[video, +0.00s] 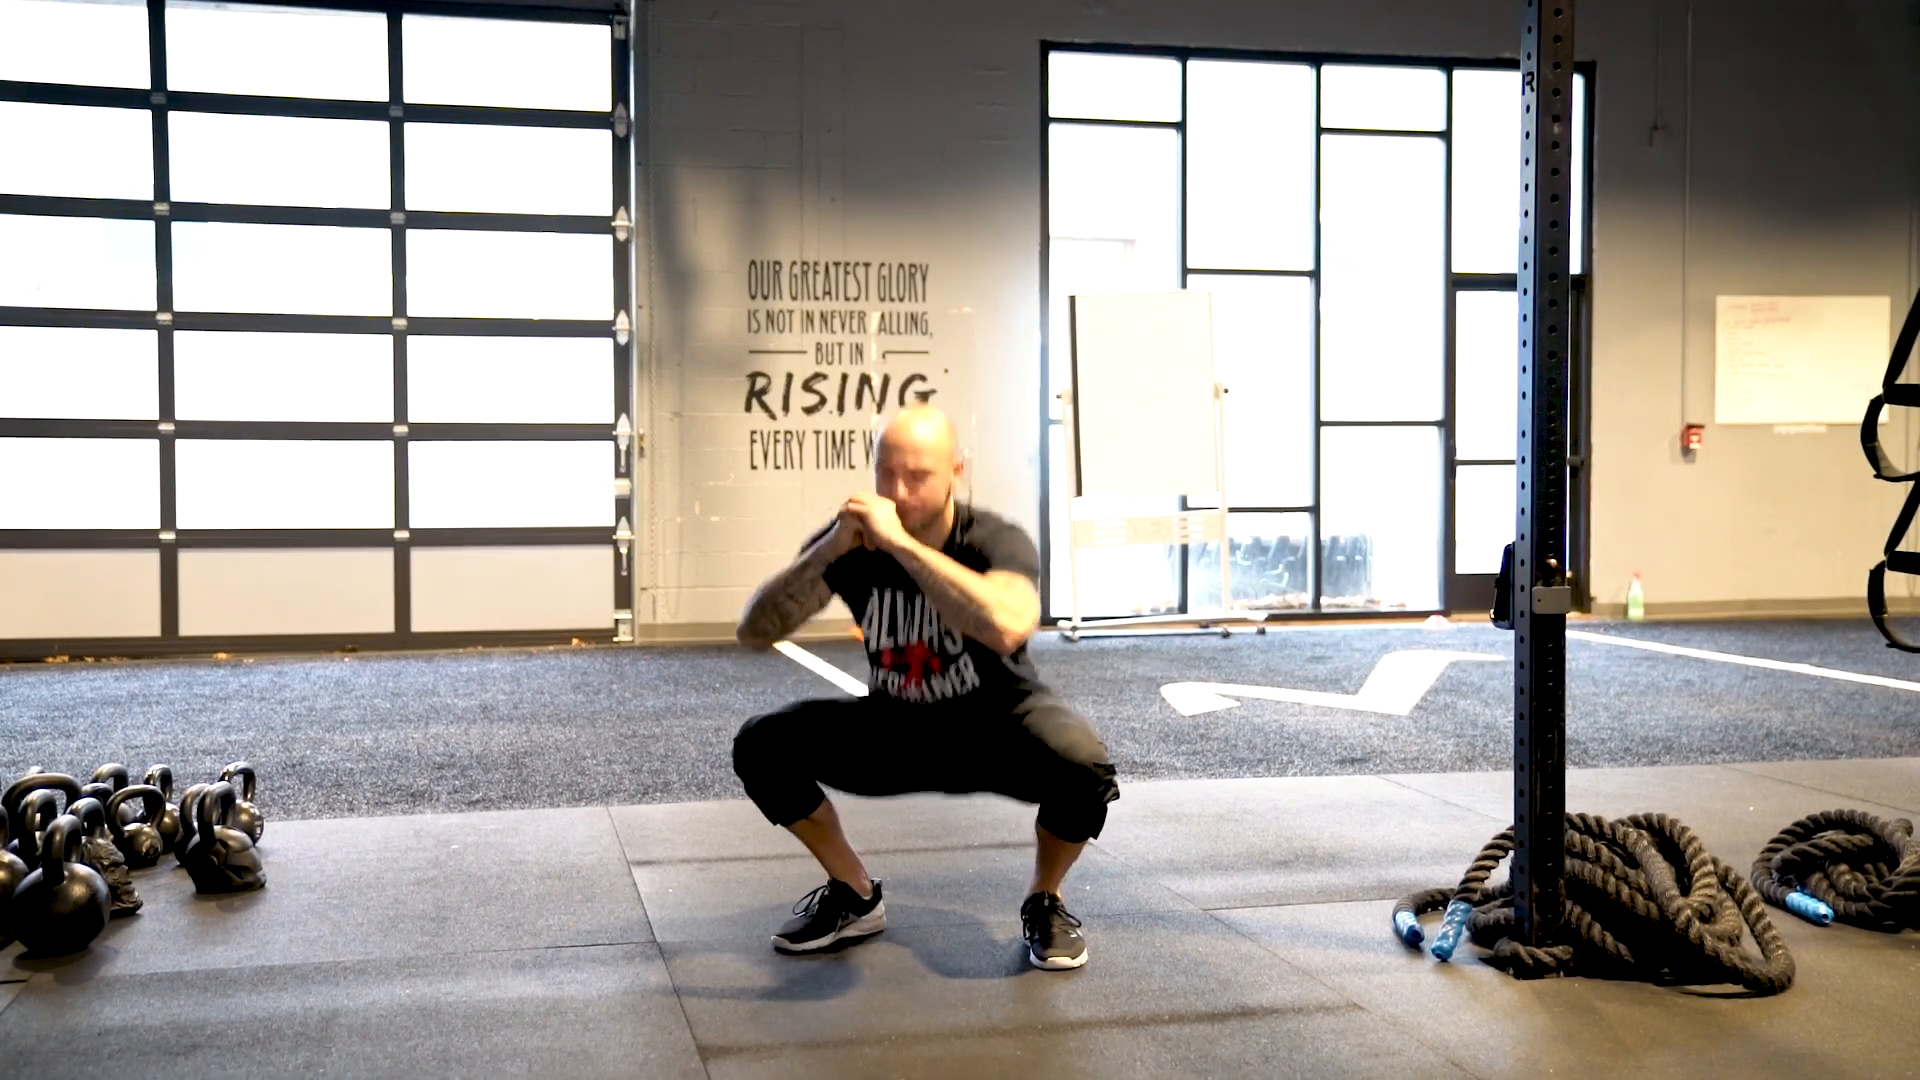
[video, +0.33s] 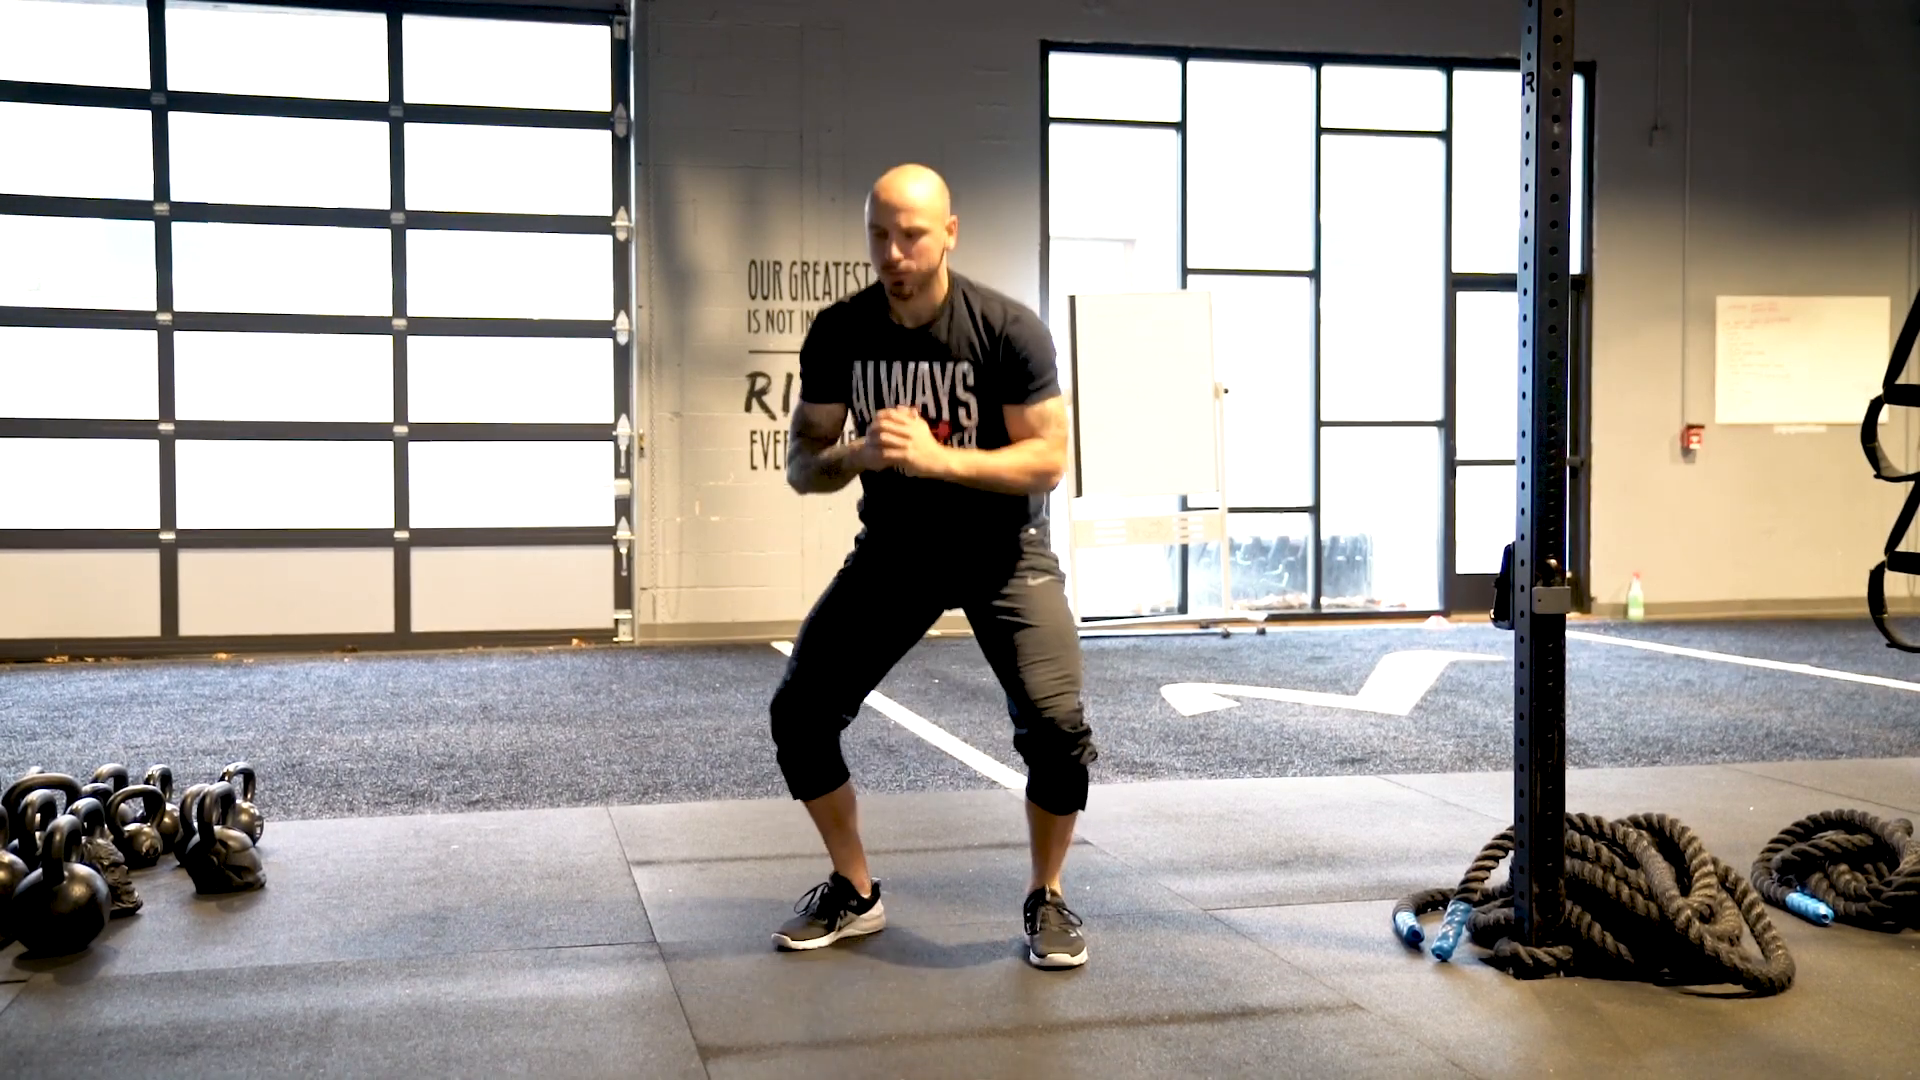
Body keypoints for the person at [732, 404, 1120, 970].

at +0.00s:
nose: (897, 493)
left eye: (916, 477)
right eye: (886, 475)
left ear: (956, 473)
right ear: (873, 472)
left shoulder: (997, 540)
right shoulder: (851, 541)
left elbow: (1007, 627)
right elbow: (755, 632)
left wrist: (898, 544)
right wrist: (828, 550)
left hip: (992, 727)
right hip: (894, 727)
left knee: (1081, 763)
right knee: (763, 747)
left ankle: (1045, 903)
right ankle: (854, 890)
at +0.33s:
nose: (895, 256)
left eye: (913, 238)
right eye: (883, 238)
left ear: (951, 236)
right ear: (867, 236)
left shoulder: (1010, 331)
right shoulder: (838, 333)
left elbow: (1048, 463)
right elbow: (805, 470)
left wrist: (940, 457)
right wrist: (854, 453)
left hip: (1008, 554)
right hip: (896, 553)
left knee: (1059, 727)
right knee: (799, 716)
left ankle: (1047, 898)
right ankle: (854, 889)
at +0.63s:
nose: (894, 380)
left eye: (912, 360)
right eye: (883, 360)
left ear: (950, 359)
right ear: (868, 360)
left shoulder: (1002, 445)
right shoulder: (839, 446)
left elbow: (1012, 566)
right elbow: (782, 566)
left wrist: (913, 480)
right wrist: (842, 485)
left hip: (1004, 638)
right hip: (899, 642)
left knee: (1075, 758)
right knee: (769, 742)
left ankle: (1046, 901)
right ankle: (853, 891)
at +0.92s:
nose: (902, 512)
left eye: (921, 496)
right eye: (891, 494)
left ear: (960, 495)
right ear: (878, 490)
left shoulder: (1004, 568)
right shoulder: (844, 567)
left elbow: (1001, 673)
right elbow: (782, 678)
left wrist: (907, 577)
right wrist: (850, 580)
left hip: (988, 746)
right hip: (892, 746)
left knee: (1082, 752)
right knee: (764, 745)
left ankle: (1046, 900)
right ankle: (854, 889)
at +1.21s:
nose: (896, 302)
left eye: (914, 284)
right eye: (885, 283)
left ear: (952, 283)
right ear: (870, 282)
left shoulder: (1007, 376)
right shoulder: (839, 378)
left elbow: (1036, 508)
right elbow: (803, 515)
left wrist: (927, 470)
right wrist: (850, 473)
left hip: (1006, 579)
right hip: (897, 581)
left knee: (1067, 732)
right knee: (788, 723)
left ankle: (1047, 898)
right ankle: (854, 889)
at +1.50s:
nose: (892, 298)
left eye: (910, 278)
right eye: (880, 278)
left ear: (949, 276)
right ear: (866, 278)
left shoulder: (1001, 358)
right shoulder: (838, 367)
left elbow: (1022, 483)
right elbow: (786, 495)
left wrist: (913, 415)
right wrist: (842, 421)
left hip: (1006, 575)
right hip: (901, 579)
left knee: (1064, 726)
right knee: (789, 720)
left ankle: (1046, 897)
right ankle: (852, 888)